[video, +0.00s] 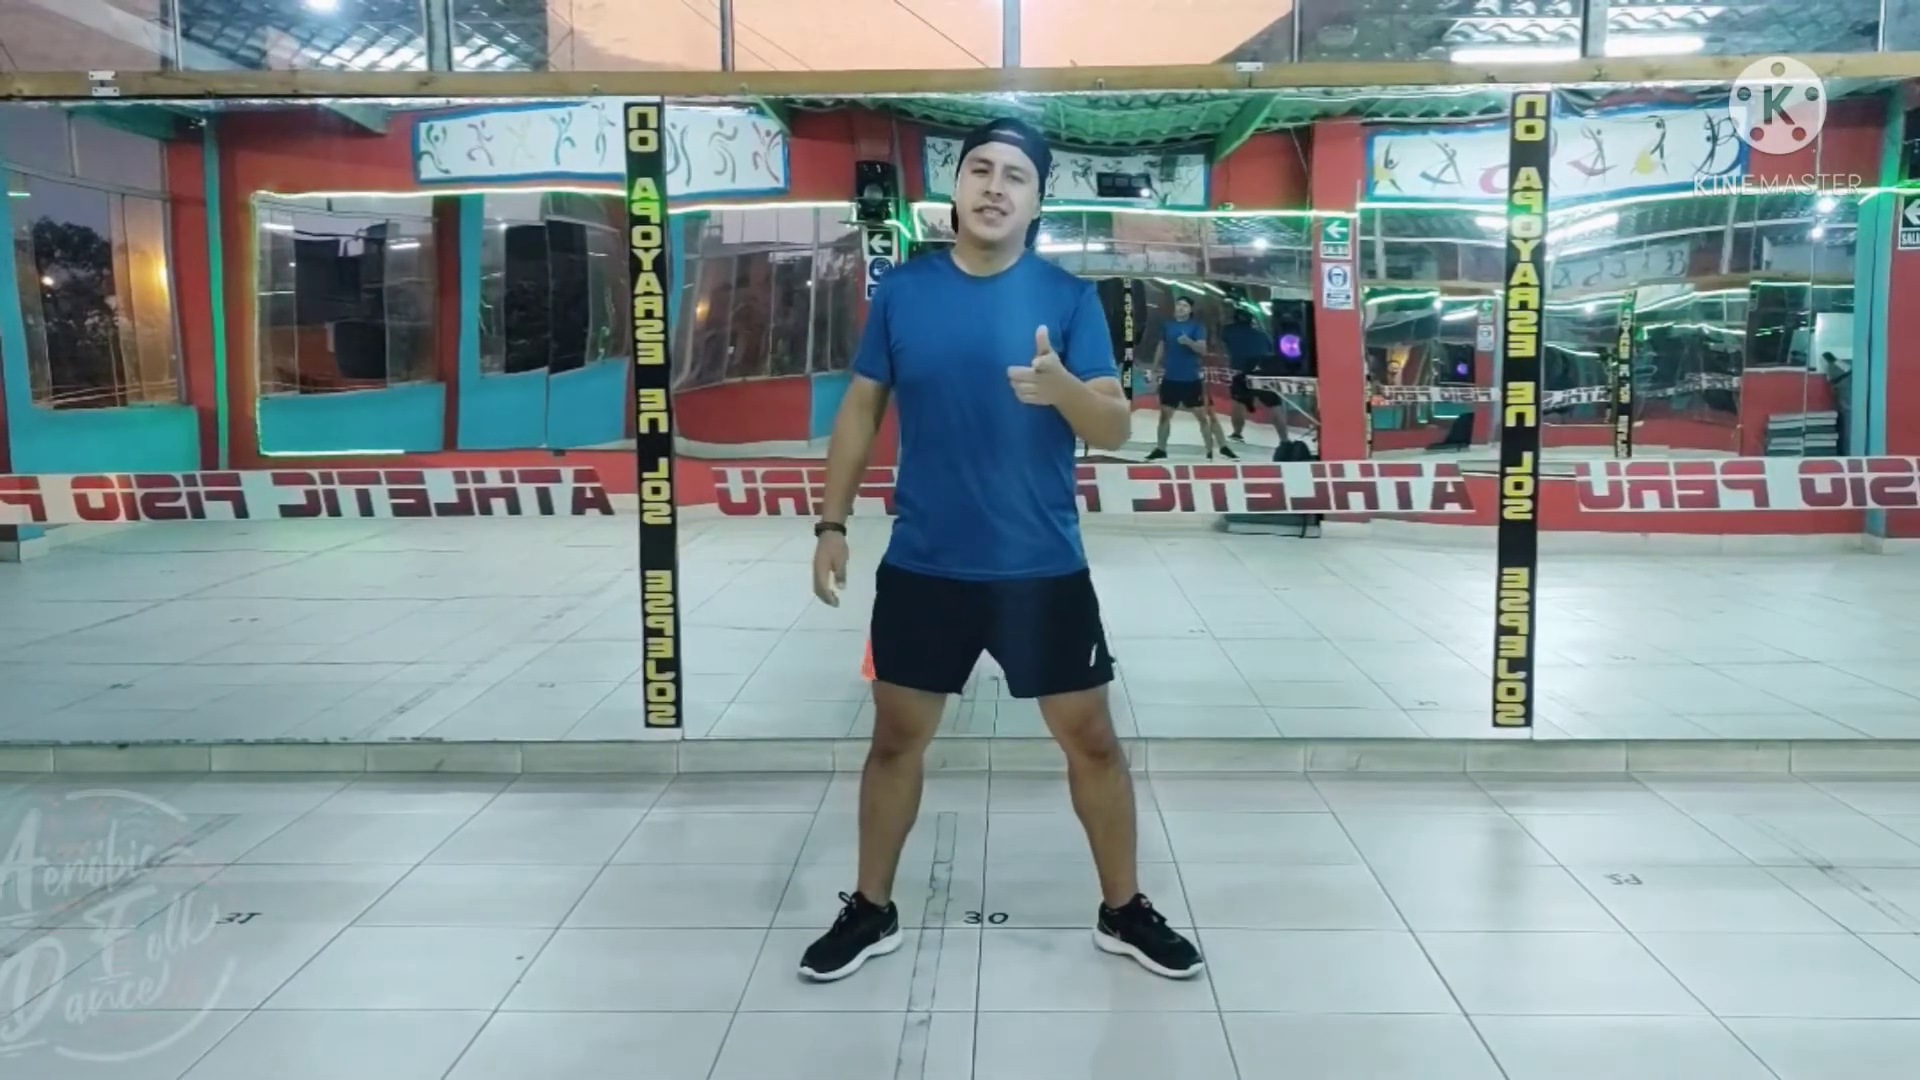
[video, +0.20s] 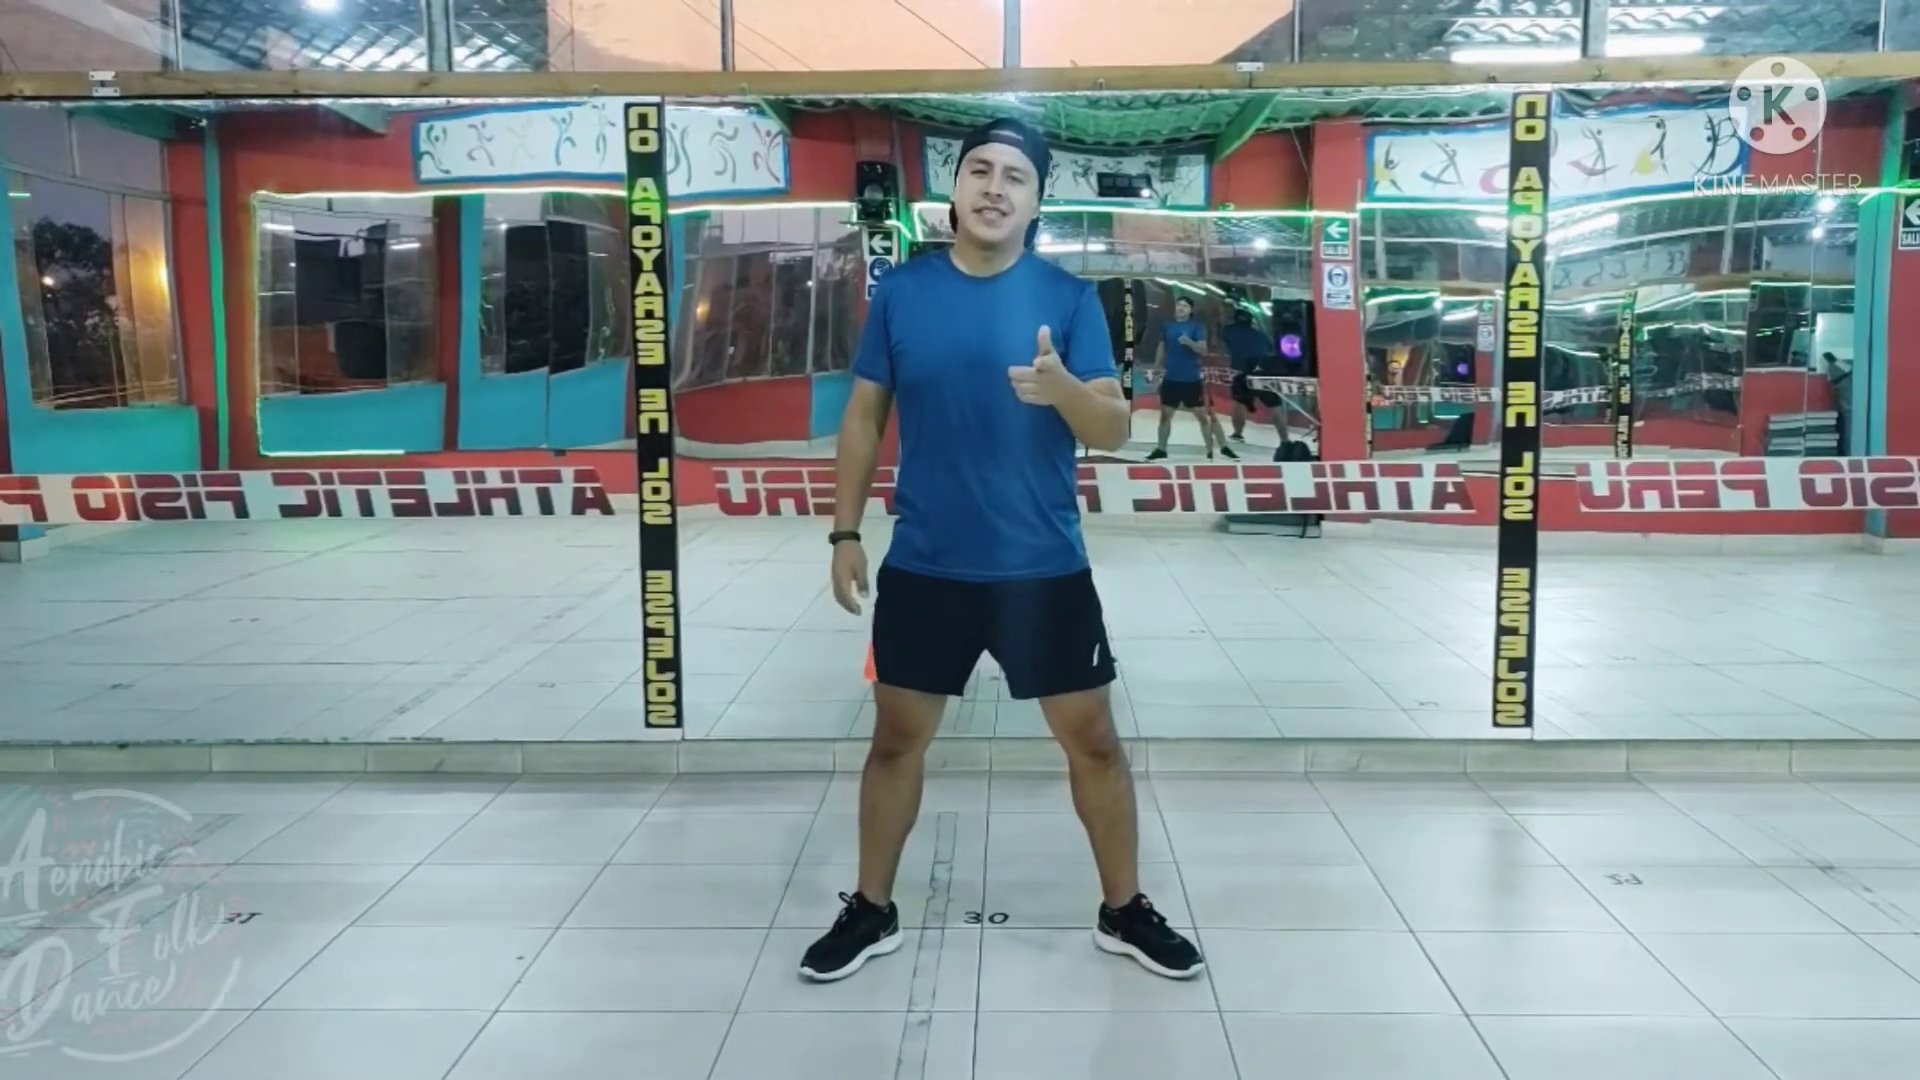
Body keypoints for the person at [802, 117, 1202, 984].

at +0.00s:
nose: (995, 186)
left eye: (1014, 177)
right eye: (981, 171)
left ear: (1038, 203)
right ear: (953, 189)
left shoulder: (1067, 297)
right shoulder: (901, 291)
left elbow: (1112, 430)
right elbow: (862, 406)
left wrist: (1068, 395)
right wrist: (833, 521)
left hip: (1041, 561)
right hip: (926, 558)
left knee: (1092, 738)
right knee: (896, 736)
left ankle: (1124, 905)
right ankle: (871, 905)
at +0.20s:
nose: (995, 188)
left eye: (1015, 178)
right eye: (981, 172)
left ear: (1038, 203)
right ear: (953, 188)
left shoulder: (1068, 297)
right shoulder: (900, 292)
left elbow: (1111, 430)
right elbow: (865, 412)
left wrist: (1067, 395)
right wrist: (847, 528)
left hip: (1043, 562)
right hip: (927, 559)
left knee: (1093, 739)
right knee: (895, 737)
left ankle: (1124, 905)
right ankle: (871, 904)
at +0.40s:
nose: (994, 188)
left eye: (1014, 179)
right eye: (980, 172)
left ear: (1037, 203)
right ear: (953, 189)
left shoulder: (1068, 298)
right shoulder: (901, 292)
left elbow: (1111, 431)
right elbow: (866, 411)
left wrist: (1067, 395)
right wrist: (849, 529)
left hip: (1044, 563)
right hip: (928, 560)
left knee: (1094, 739)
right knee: (896, 738)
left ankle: (1124, 905)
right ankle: (871, 905)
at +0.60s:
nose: (993, 189)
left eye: (1014, 180)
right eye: (980, 174)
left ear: (1038, 204)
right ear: (953, 190)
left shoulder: (1068, 297)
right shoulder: (900, 292)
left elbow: (1110, 431)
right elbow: (865, 411)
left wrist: (1067, 395)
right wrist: (847, 525)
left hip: (1044, 564)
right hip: (928, 560)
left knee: (1094, 740)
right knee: (896, 740)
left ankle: (1125, 905)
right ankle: (871, 905)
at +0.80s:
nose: (995, 189)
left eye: (1015, 180)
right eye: (982, 174)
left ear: (1038, 205)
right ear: (954, 190)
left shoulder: (1069, 298)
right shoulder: (900, 292)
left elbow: (1110, 432)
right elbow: (865, 411)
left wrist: (1067, 396)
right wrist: (847, 528)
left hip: (1044, 564)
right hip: (928, 560)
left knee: (1094, 742)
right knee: (895, 739)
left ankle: (1125, 906)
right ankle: (872, 905)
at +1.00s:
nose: (996, 190)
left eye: (1016, 180)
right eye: (982, 174)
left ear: (1039, 204)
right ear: (955, 191)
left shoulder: (1069, 298)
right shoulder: (900, 292)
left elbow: (1111, 432)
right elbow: (866, 412)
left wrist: (1069, 397)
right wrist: (848, 529)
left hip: (1045, 564)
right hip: (928, 560)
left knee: (1095, 742)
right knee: (896, 740)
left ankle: (1125, 906)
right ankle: (872, 905)